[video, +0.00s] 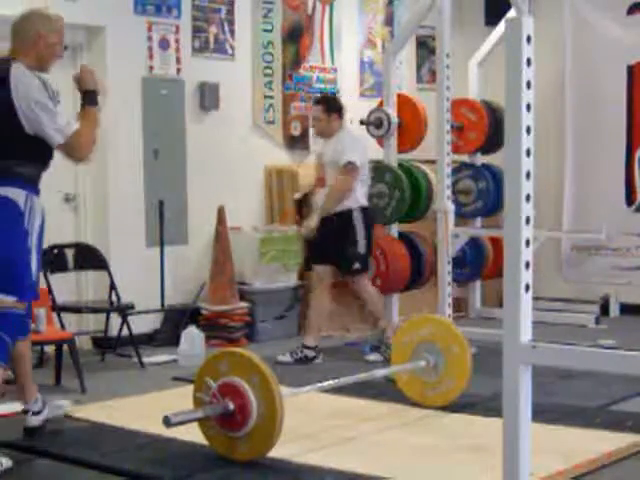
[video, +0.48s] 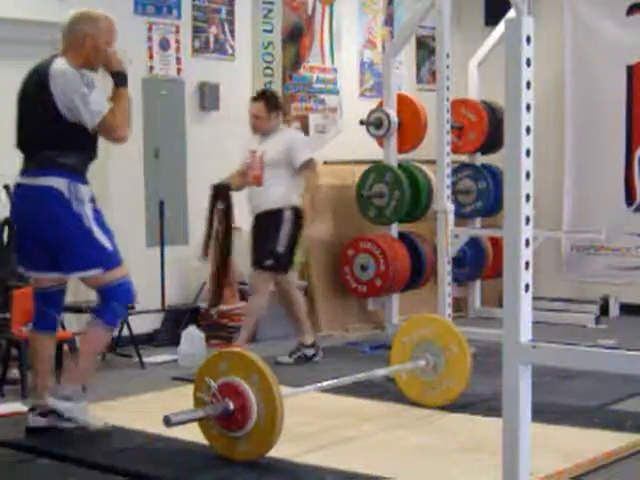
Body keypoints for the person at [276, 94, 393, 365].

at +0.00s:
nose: (314, 125)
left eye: (318, 120)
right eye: (313, 120)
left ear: (335, 118)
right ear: (324, 119)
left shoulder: (352, 142)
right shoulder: (324, 145)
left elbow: (344, 185)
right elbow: (320, 181)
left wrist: (317, 215)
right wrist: (311, 202)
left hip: (351, 213)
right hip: (327, 213)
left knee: (359, 280)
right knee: (320, 279)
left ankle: (389, 334)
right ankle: (310, 345)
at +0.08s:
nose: (301, 125)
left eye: (306, 119)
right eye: (300, 119)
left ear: (325, 116)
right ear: (312, 118)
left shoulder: (342, 138)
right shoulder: (313, 142)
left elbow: (340, 184)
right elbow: (315, 178)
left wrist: (321, 221)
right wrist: (298, 190)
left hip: (340, 213)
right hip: (315, 213)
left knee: (339, 282)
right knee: (309, 279)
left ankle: (381, 333)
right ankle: (310, 345)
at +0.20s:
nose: (284, 121)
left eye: (289, 114)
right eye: (283, 115)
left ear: (307, 112)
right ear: (295, 114)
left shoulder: (323, 137)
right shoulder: (293, 140)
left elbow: (336, 179)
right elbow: (295, 178)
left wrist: (331, 220)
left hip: (315, 210)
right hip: (296, 210)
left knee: (304, 276)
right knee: (304, 280)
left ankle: (349, 322)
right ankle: (309, 344)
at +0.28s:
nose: (282, 121)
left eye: (287, 114)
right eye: (281, 115)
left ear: (303, 113)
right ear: (288, 114)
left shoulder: (317, 136)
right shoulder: (292, 141)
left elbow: (335, 170)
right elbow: (292, 176)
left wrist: (336, 216)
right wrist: (276, 179)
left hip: (311, 208)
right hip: (292, 209)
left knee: (299, 278)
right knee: (301, 282)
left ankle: (337, 328)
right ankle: (310, 342)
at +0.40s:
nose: (268, 122)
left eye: (272, 115)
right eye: (267, 116)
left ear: (290, 112)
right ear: (275, 115)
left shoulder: (306, 135)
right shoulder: (276, 140)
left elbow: (329, 170)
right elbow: (270, 173)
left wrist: (333, 214)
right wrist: (252, 181)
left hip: (302, 207)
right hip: (281, 209)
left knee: (276, 276)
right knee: (300, 278)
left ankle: (302, 337)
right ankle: (310, 338)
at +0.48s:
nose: (253, 123)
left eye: (257, 117)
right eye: (251, 117)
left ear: (275, 115)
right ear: (254, 116)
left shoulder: (292, 137)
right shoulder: (259, 144)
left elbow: (313, 174)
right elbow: (241, 179)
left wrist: (311, 215)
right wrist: (234, 180)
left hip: (285, 210)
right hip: (263, 212)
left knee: (262, 278)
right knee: (283, 279)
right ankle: (308, 341)